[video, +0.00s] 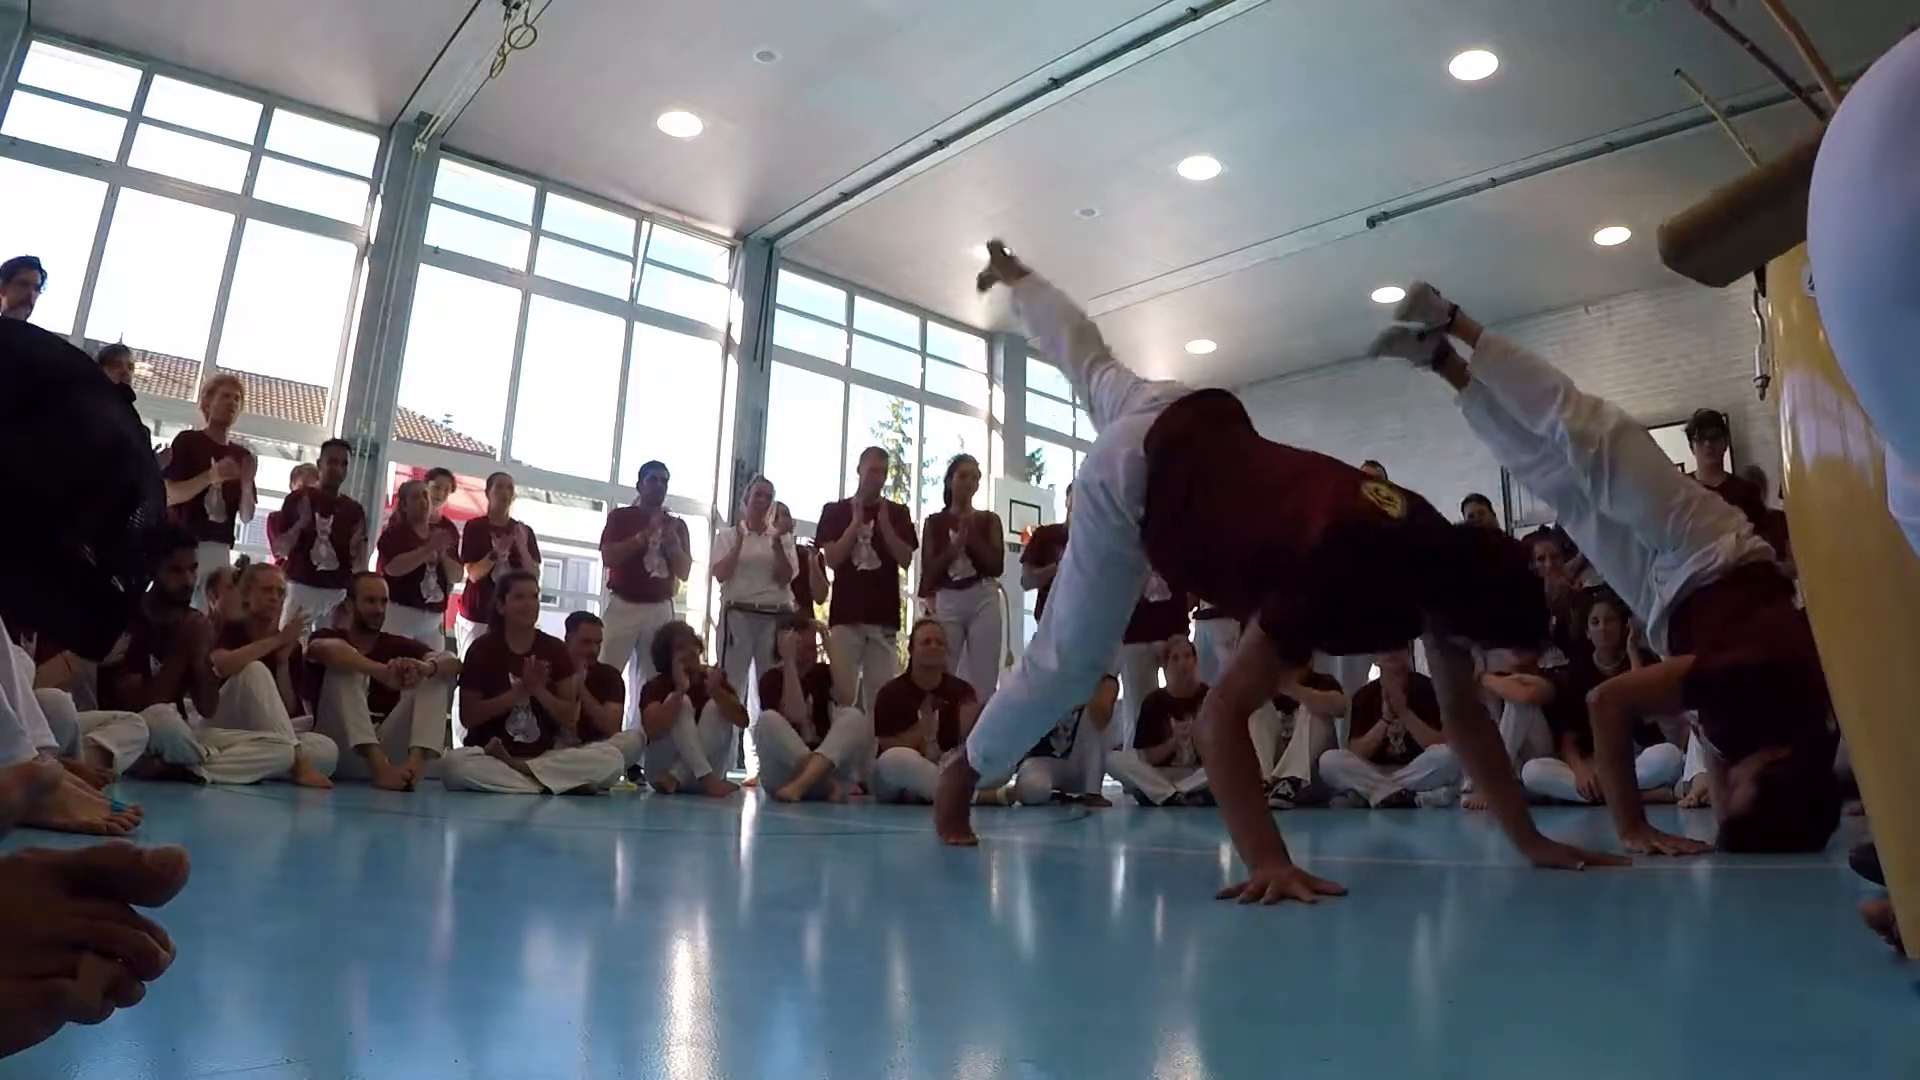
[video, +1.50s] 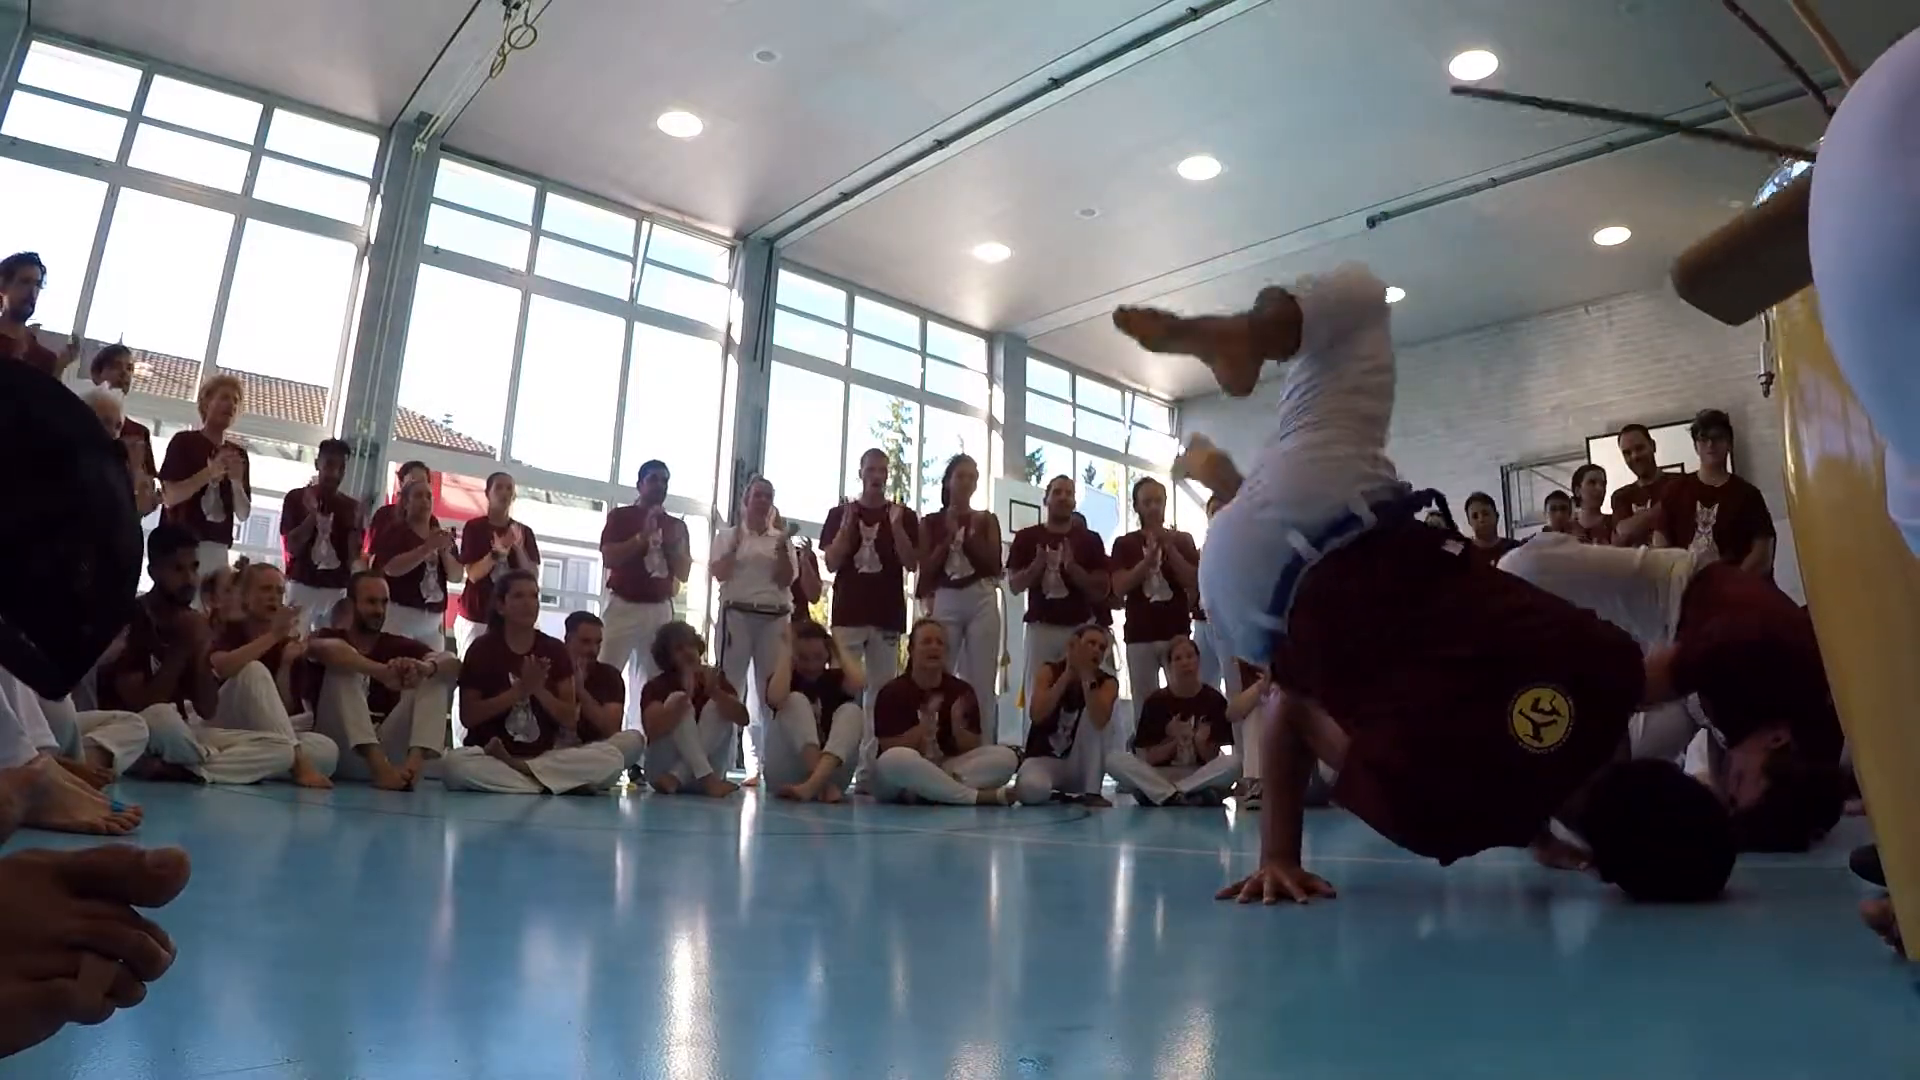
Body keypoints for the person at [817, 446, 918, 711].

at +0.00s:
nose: (875, 477)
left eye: (880, 471)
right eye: (870, 470)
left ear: (886, 475)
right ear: (858, 471)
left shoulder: (898, 512)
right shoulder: (835, 511)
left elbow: (905, 559)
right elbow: (832, 560)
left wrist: (884, 528)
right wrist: (854, 526)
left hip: (884, 618)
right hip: (846, 616)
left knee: (881, 699)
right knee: (844, 696)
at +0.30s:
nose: (883, 476)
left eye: (888, 471)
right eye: (878, 470)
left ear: (893, 475)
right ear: (865, 470)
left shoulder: (905, 514)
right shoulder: (840, 511)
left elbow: (916, 563)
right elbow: (832, 559)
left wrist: (894, 530)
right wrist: (854, 519)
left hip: (886, 617)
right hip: (848, 615)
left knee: (880, 697)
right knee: (846, 696)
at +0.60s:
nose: (883, 477)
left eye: (889, 472)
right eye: (879, 470)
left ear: (896, 476)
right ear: (868, 471)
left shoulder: (907, 515)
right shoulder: (844, 511)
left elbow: (912, 563)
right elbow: (834, 558)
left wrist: (884, 526)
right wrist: (857, 525)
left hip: (886, 616)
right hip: (848, 614)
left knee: (880, 695)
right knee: (843, 691)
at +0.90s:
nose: (879, 478)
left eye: (885, 472)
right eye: (874, 471)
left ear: (892, 476)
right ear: (864, 473)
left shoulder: (906, 515)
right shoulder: (842, 512)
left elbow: (912, 562)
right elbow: (832, 560)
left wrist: (880, 528)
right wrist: (863, 527)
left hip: (886, 615)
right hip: (847, 614)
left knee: (878, 695)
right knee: (846, 693)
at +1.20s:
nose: (877, 477)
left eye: (882, 471)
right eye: (872, 471)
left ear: (889, 475)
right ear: (862, 473)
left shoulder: (905, 516)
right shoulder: (840, 513)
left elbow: (909, 565)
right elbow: (830, 565)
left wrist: (885, 531)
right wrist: (858, 534)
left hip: (886, 618)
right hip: (846, 617)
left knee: (881, 697)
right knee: (846, 695)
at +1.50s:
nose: (877, 476)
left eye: (882, 470)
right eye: (871, 470)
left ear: (888, 474)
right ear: (861, 473)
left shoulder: (904, 516)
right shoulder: (840, 514)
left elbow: (911, 563)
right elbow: (831, 563)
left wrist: (896, 527)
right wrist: (846, 528)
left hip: (887, 616)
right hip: (848, 616)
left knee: (883, 695)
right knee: (848, 694)